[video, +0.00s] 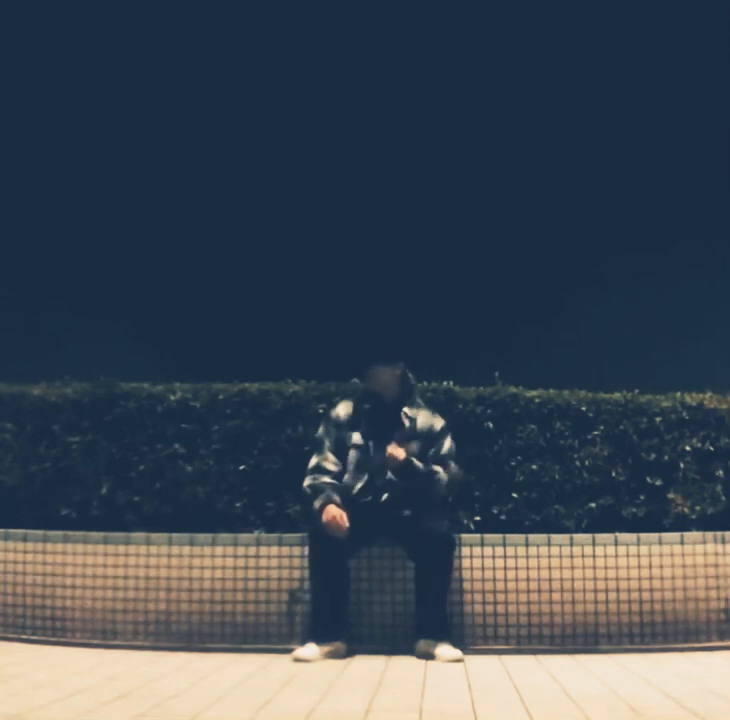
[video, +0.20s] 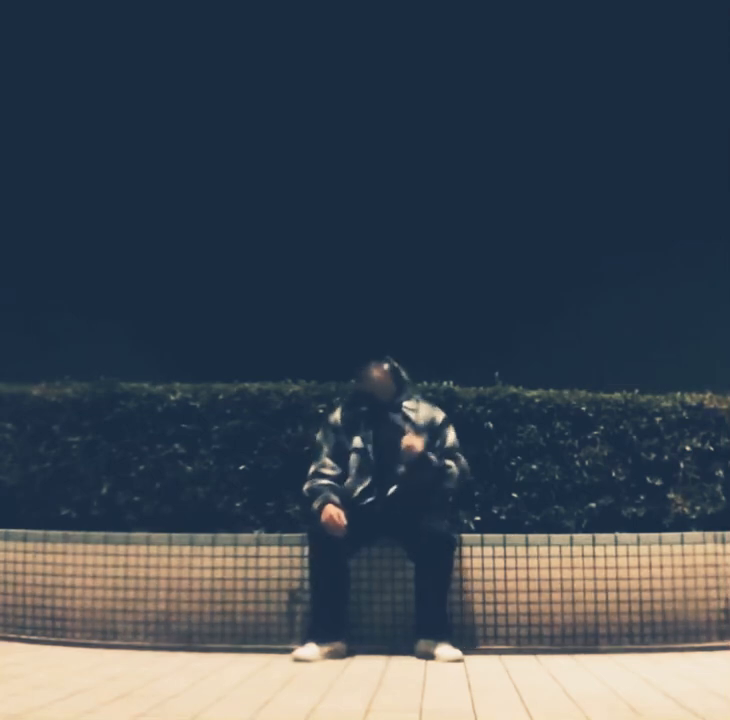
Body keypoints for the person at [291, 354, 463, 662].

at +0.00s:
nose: (377, 374)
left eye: (385, 366)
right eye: (372, 366)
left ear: (400, 370)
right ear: (364, 372)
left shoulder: (428, 422)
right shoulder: (343, 416)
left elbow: (447, 482)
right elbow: (320, 471)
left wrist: (409, 466)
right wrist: (327, 503)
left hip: (409, 513)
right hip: (357, 512)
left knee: (438, 540)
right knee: (325, 536)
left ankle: (432, 638)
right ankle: (327, 639)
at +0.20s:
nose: (374, 389)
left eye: (381, 382)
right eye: (368, 382)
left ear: (397, 380)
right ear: (359, 383)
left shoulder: (430, 417)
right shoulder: (343, 417)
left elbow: (457, 475)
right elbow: (321, 472)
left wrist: (424, 456)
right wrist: (326, 502)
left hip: (412, 509)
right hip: (360, 509)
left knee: (438, 538)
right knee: (325, 533)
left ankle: (432, 638)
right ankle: (327, 639)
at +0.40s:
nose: (377, 381)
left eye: (385, 372)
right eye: (371, 373)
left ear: (399, 379)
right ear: (362, 380)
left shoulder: (430, 423)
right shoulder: (342, 418)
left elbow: (446, 485)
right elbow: (317, 472)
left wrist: (411, 468)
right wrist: (325, 501)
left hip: (410, 512)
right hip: (357, 511)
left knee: (438, 540)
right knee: (325, 536)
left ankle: (432, 638)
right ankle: (327, 639)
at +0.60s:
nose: (388, 412)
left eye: (396, 405)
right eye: (381, 404)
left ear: (410, 398)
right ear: (369, 396)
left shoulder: (433, 429)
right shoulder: (339, 424)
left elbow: (449, 483)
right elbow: (299, 467)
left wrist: (414, 513)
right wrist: (320, 503)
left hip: (410, 509)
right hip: (357, 510)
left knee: (439, 536)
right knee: (321, 533)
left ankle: (433, 638)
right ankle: (328, 638)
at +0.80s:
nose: (392, 458)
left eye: (399, 452)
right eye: (385, 451)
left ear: (411, 440)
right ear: (372, 436)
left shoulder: (436, 449)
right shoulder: (339, 440)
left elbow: (460, 502)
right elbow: (286, 466)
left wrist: (409, 513)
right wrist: (316, 508)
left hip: (409, 518)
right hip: (355, 516)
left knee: (441, 543)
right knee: (323, 538)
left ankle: (434, 638)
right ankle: (326, 639)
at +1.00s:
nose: (397, 438)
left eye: (406, 430)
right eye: (390, 429)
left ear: (418, 419)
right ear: (377, 417)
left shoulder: (439, 428)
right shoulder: (345, 419)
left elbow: (458, 490)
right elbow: (293, 462)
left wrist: (413, 519)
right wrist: (322, 512)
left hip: (410, 508)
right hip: (356, 508)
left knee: (445, 538)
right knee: (326, 541)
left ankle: (438, 640)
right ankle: (324, 640)